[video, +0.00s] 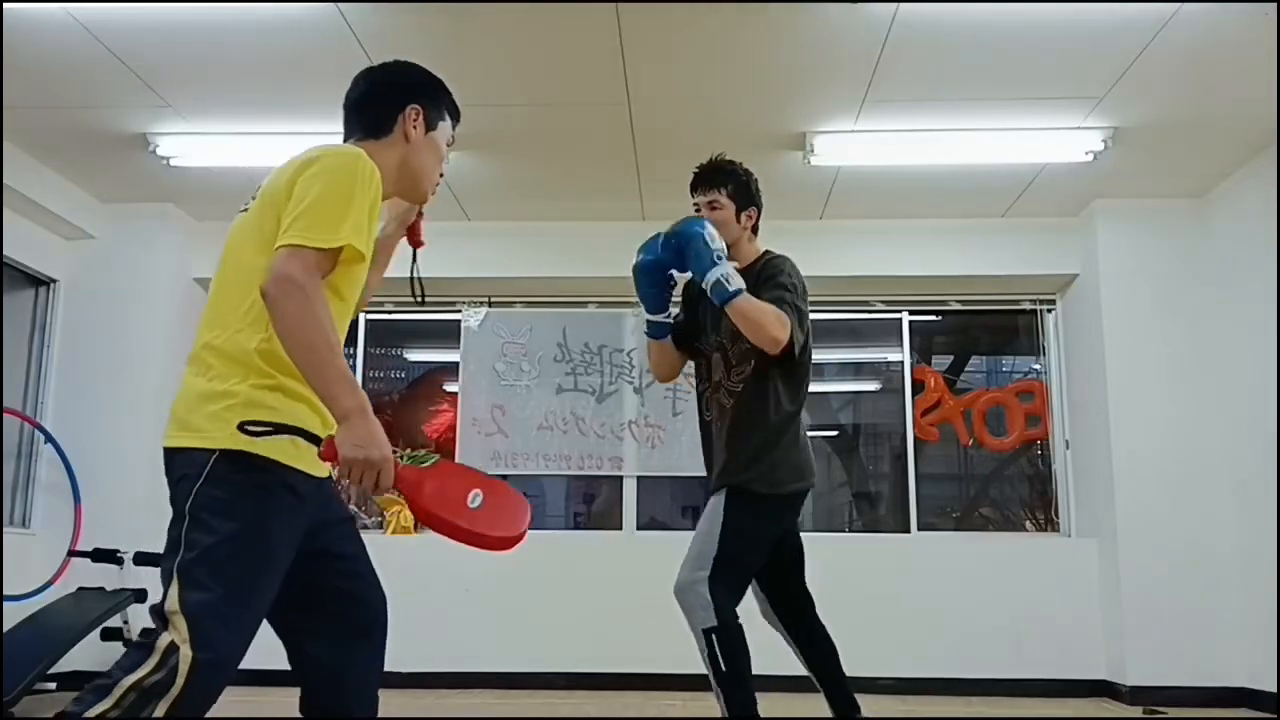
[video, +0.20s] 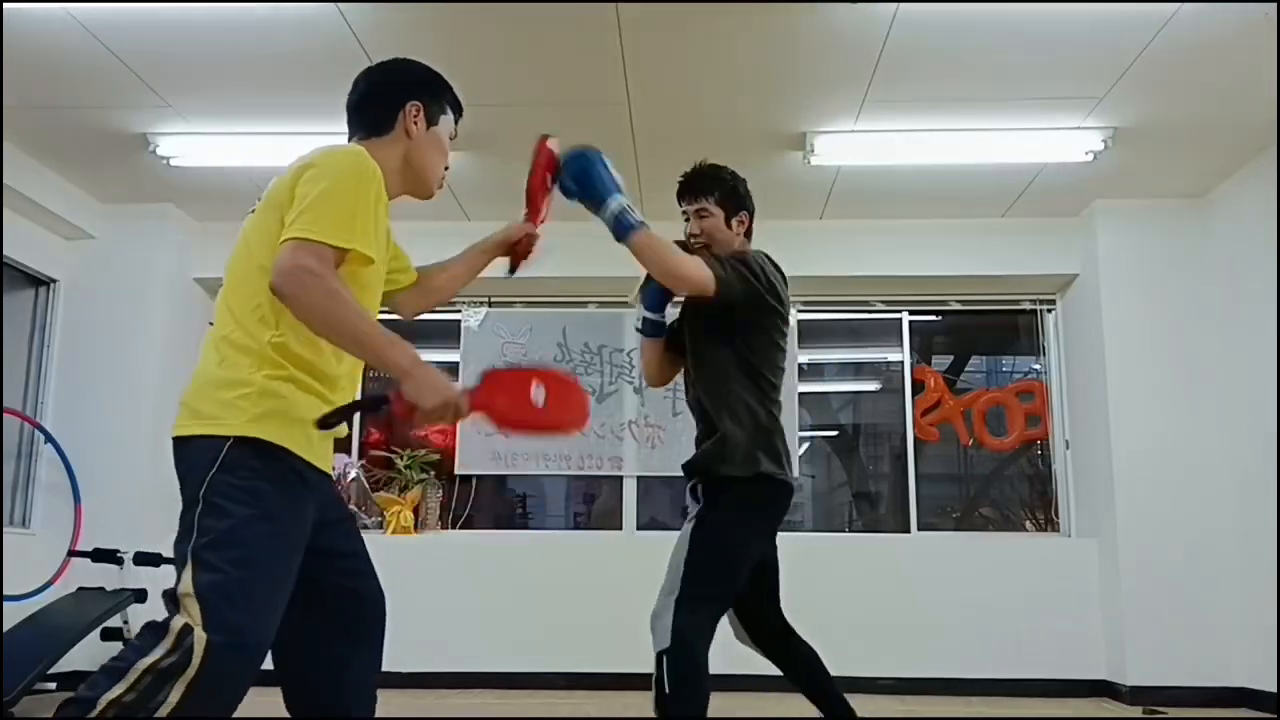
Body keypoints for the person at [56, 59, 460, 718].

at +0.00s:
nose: (443, 169)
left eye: (447, 153)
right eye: (443, 146)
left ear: (395, 125)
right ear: (412, 122)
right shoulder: (345, 165)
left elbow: (338, 309)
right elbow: (290, 281)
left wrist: (393, 232)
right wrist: (355, 414)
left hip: (292, 454)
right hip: (243, 443)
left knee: (350, 629)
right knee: (189, 656)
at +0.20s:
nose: (451, 160)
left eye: (454, 144)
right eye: (449, 137)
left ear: (399, 123)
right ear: (412, 120)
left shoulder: (365, 211)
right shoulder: (347, 169)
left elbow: (412, 295)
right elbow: (298, 272)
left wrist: (494, 247)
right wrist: (412, 369)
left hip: (291, 452)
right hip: (247, 436)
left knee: (345, 624)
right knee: (215, 644)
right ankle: (89, 712)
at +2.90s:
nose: (499, 132)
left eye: (501, 120)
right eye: (492, 113)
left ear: (451, 110)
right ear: (447, 102)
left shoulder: (465, 201)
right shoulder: (367, 149)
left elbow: (538, 213)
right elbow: (293, 222)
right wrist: (419, 210)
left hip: (392, 414)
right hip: (327, 403)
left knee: (403, 591)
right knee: (360, 602)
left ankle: (316, 700)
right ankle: (323, 710)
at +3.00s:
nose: (521, 152)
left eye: (524, 139)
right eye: (515, 133)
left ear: (476, 128)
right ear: (473, 123)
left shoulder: (495, 212)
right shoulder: (394, 183)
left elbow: (574, 236)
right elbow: (369, 284)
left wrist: (643, 197)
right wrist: (482, 256)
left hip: (421, 441)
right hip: (346, 431)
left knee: (462, 594)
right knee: (388, 619)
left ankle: (411, 710)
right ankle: (339, 711)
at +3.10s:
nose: (555, 183)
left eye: (558, 168)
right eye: (550, 162)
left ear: (511, 153)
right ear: (507, 148)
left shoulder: (523, 239)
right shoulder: (416, 213)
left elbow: (558, 331)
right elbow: (388, 321)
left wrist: (621, 311)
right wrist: (505, 309)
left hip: (455, 456)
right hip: (382, 446)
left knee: (508, 610)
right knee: (426, 630)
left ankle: (534, 712)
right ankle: (367, 713)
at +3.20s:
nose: (591, 212)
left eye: (594, 198)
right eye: (587, 192)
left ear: (548, 183)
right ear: (546, 177)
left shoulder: (537, 283)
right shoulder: (450, 236)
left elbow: (529, 384)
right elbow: (382, 330)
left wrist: (634, 365)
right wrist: (495, 367)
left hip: (500, 479)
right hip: (423, 474)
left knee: (563, 629)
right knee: (466, 645)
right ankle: (389, 714)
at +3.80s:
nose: (670, 234)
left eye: (675, 220)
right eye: (671, 215)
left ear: (634, 204)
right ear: (641, 202)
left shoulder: (597, 281)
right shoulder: (569, 247)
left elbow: (618, 337)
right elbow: (521, 334)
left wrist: (648, 265)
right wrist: (600, 422)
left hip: (555, 492)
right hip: (499, 484)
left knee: (616, 624)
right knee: (465, 650)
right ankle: (382, 716)